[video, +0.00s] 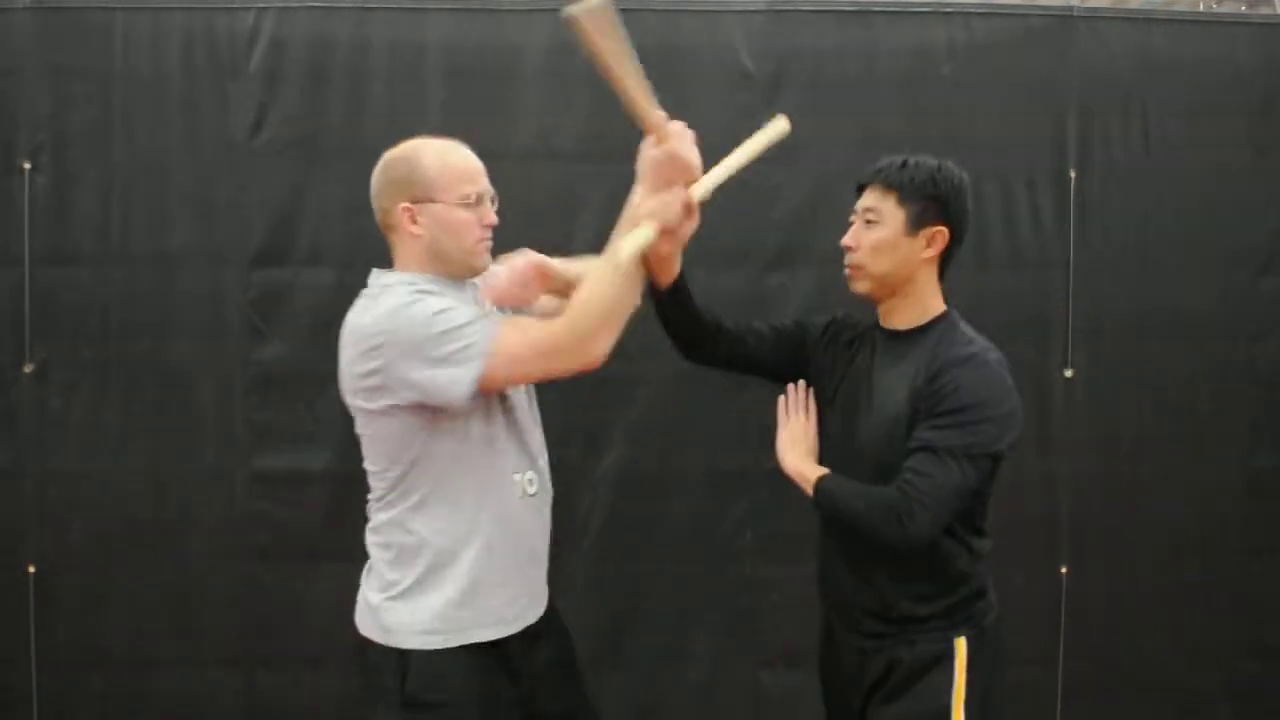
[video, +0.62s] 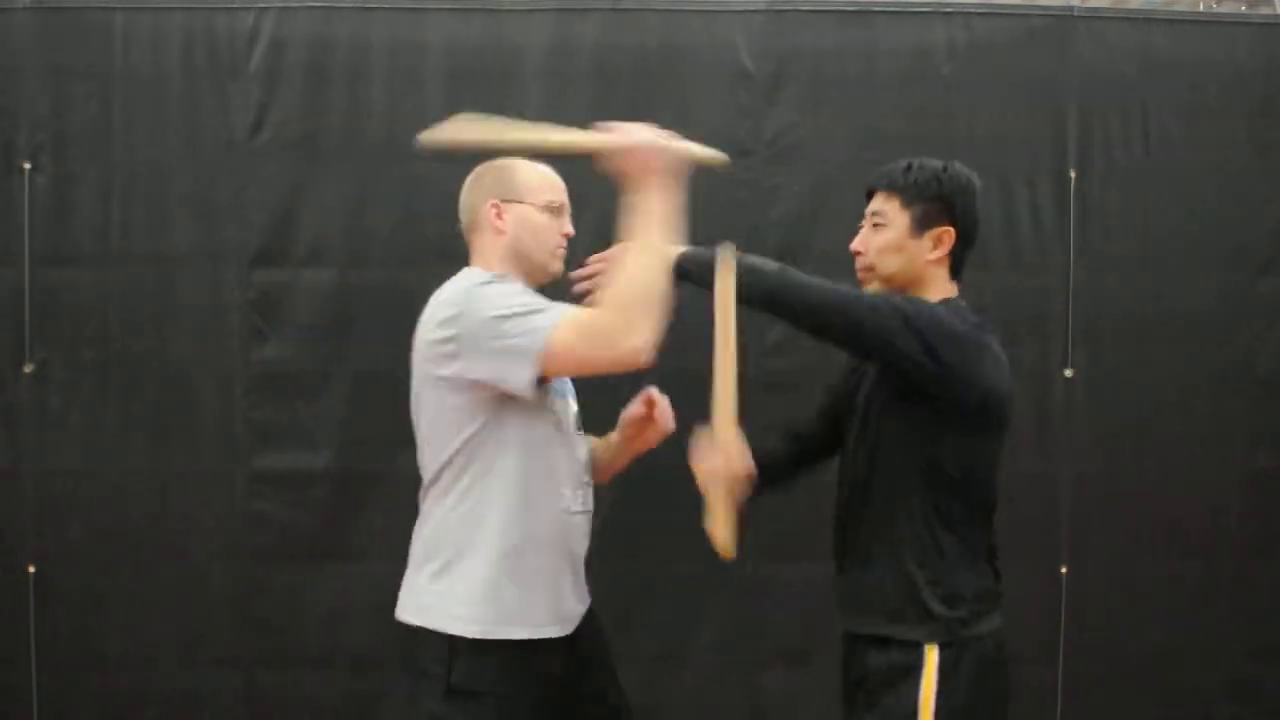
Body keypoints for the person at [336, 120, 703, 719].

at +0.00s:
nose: (493, 217)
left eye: (490, 201)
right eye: (473, 203)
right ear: (412, 219)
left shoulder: (487, 293)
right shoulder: (390, 321)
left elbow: (604, 292)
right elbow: (578, 346)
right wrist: (645, 211)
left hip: (526, 627)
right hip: (432, 649)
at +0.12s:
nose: (483, 220)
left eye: (483, 205)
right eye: (461, 205)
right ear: (401, 221)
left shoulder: (504, 306)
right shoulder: (360, 328)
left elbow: (615, 399)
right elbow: (465, 415)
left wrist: (629, 329)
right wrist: (548, 257)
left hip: (533, 631)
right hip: (425, 659)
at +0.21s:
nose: (491, 223)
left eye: (493, 206)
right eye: (468, 206)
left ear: (500, 213)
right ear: (408, 219)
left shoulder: (525, 321)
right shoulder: (357, 335)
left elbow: (615, 440)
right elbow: (406, 464)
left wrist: (651, 398)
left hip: (538, 635)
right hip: (425, 666)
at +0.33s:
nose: (512, 231)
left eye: (513, 216)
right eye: (491, 215)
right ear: (431, 227)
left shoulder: (540, 335)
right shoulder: (381, 334)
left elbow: (601, 446)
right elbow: (379, 452)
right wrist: (335, 295)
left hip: (548, 641)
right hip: (435, 670)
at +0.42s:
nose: (529, 233)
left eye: (530, 218)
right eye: (509, 216)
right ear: (449, 227)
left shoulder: (544, 337)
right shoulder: (393, 334)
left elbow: (597, 452)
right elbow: (418, 408)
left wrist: (648, 495)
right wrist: (375, 262)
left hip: (553, 637)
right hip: (446, 661)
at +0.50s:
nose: (547, 231)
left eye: (547, 216)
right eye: (529, 213)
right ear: (472, 220)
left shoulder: (543, 337)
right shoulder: (414, 323)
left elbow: (589, 457)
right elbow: (498, 366)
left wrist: (640, 477)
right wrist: (455, 218)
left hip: (560, 634)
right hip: (459, 652)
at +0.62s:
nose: (569, 229)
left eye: (567, 215)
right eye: (553, 211)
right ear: (498, 217)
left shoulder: (524, 322)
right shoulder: (467, 307)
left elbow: (535, 471)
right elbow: (626, 338)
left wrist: (618, 448)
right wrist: (653, 186)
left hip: (558, 627)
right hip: (474, 636)